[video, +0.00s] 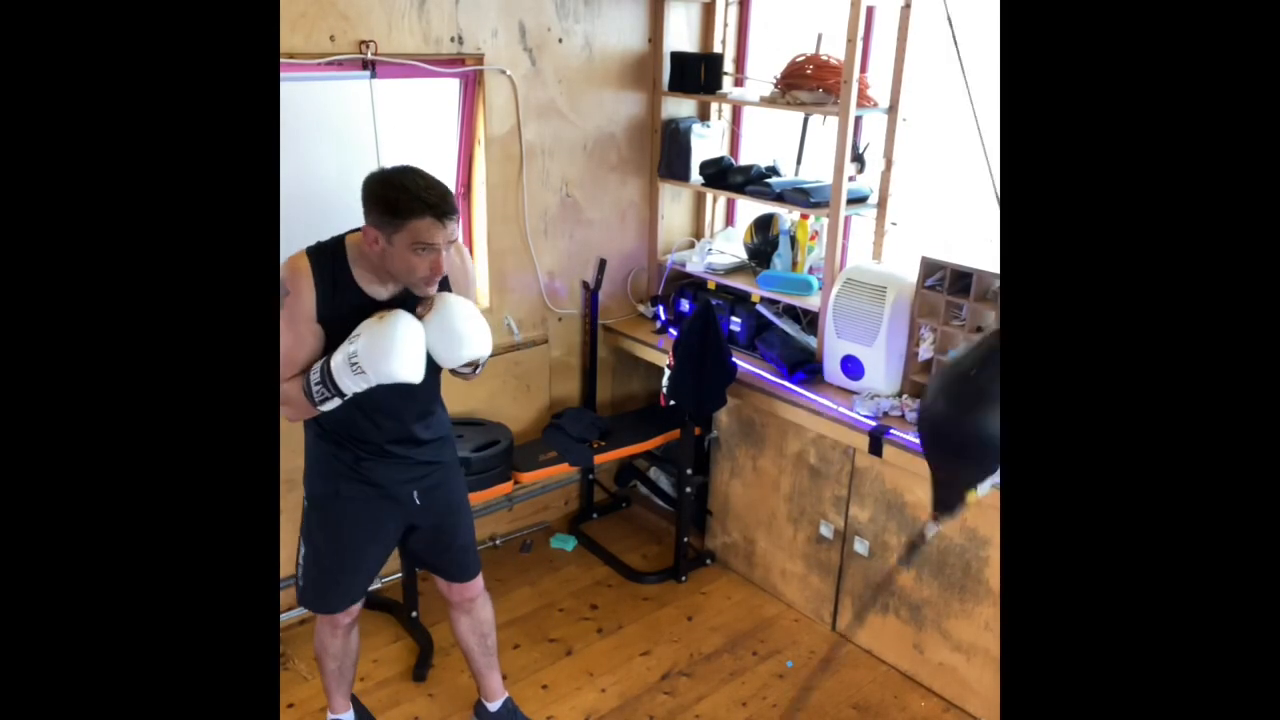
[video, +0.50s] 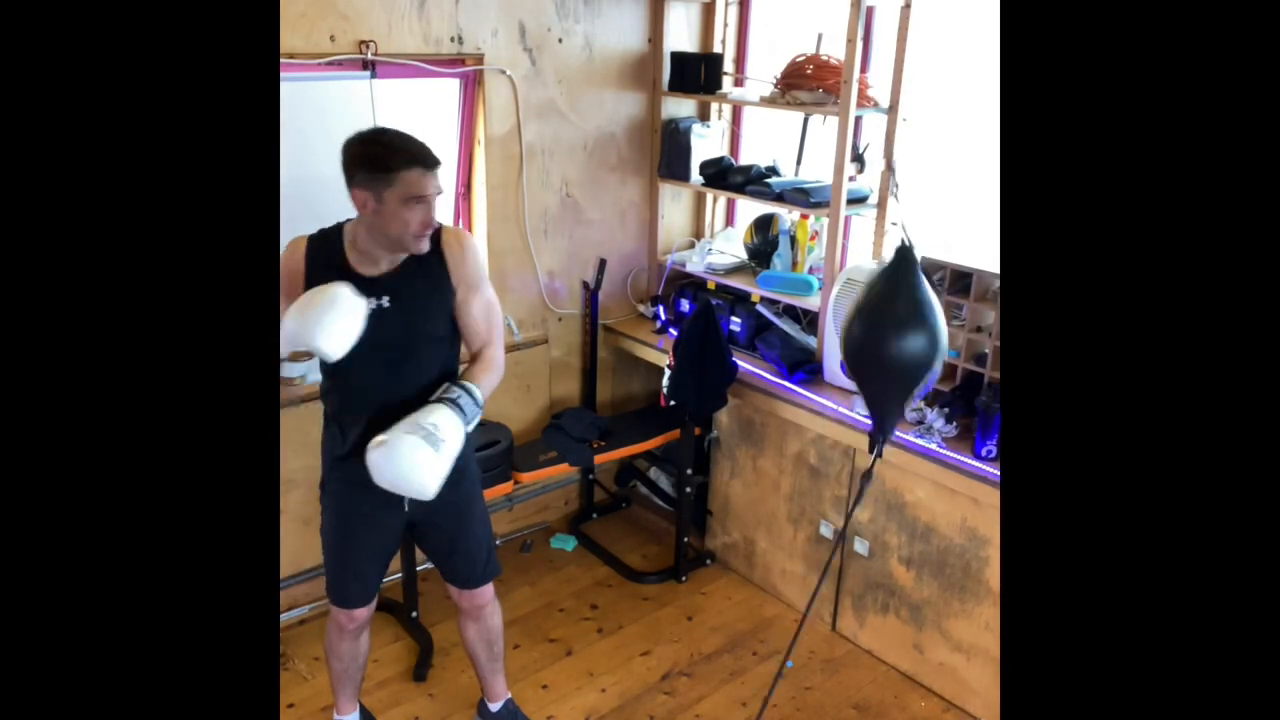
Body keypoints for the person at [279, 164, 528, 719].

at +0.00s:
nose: (441, 263)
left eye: (445, 246)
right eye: (424, 249)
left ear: (452, 237)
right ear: (372, 240)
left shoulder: (448, 263)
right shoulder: (304, 280)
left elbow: (468, 369)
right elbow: (286, 402)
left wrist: (468, 349)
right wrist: (344, 370)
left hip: (431, 460)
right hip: (347, 471)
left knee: (467, 587)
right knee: (339, 612)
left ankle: (495, 702)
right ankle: (341, 713)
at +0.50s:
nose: (432, 217)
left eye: (434, 200)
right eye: (416, 203)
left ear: (439, 194)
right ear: (363, 201)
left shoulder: (455, 251)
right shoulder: (303, 261)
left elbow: (489, 353)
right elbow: (286, 366)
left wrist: (448, 416)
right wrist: (295, 338)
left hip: (444, 451)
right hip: (355, 461)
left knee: (477, 593)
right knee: (350, 613)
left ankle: (497, 703)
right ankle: (347, 713)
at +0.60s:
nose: (467, 213)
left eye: (471, 197)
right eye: (456, 196)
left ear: (413, 193)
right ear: (404, 192)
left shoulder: (452, 256)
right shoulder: (343, 258)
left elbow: (476, 323)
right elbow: (373, 373)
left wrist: (482, 384)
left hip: (444, 460)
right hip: (368, 475)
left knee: (475, 593)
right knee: (354, 621)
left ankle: (496, 703)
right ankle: (344, 713)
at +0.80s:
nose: (491, 210)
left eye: (496, 195)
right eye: (480, 192)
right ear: (430, 185)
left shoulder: (437, 252)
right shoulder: (407, 254)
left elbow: (450, 336)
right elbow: (489, 353)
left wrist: (505, 328)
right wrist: (588, 315)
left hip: (452, 462)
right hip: (390, 476)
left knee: (478, 582)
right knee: (370, 623)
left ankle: (493, 699)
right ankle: (345, 713)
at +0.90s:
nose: (495, 211)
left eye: (501, 195)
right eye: (482, 194)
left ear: (503, 190)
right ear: (436, 185)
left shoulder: (457, 249)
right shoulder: (395, 264)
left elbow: (455, 355)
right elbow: (423, 389)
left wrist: (514, 326)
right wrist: (501, 339)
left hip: (459, 449)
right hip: (401, 464)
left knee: (486, 579)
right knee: (393, 613)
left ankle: (494, 699)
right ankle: (344, 711)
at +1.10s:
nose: (477, 210)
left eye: (483, 192)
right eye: (461, 194)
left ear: (489, 186)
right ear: (415, 189)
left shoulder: (484, 244)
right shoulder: (363, 260)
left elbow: (515, 337)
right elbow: (357, 388)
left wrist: (540, 289)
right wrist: (411, 325)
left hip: (478, 453)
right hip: (403, 466)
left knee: (489, 579)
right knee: (378, 616)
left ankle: (496, 697)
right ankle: (346, 712)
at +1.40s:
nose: (408, 245)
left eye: (419, 227)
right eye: (391, 230)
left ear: (433, 213)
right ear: (354, 216)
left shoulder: (455, 248)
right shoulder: (312, 267)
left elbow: (490, 360)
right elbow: (291, 391)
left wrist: (474, 326)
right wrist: (343, 358)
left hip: (446, 452)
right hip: (361, 464)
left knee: (490, 580)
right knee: (346, 616)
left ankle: (502, 693)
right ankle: (339, 715)